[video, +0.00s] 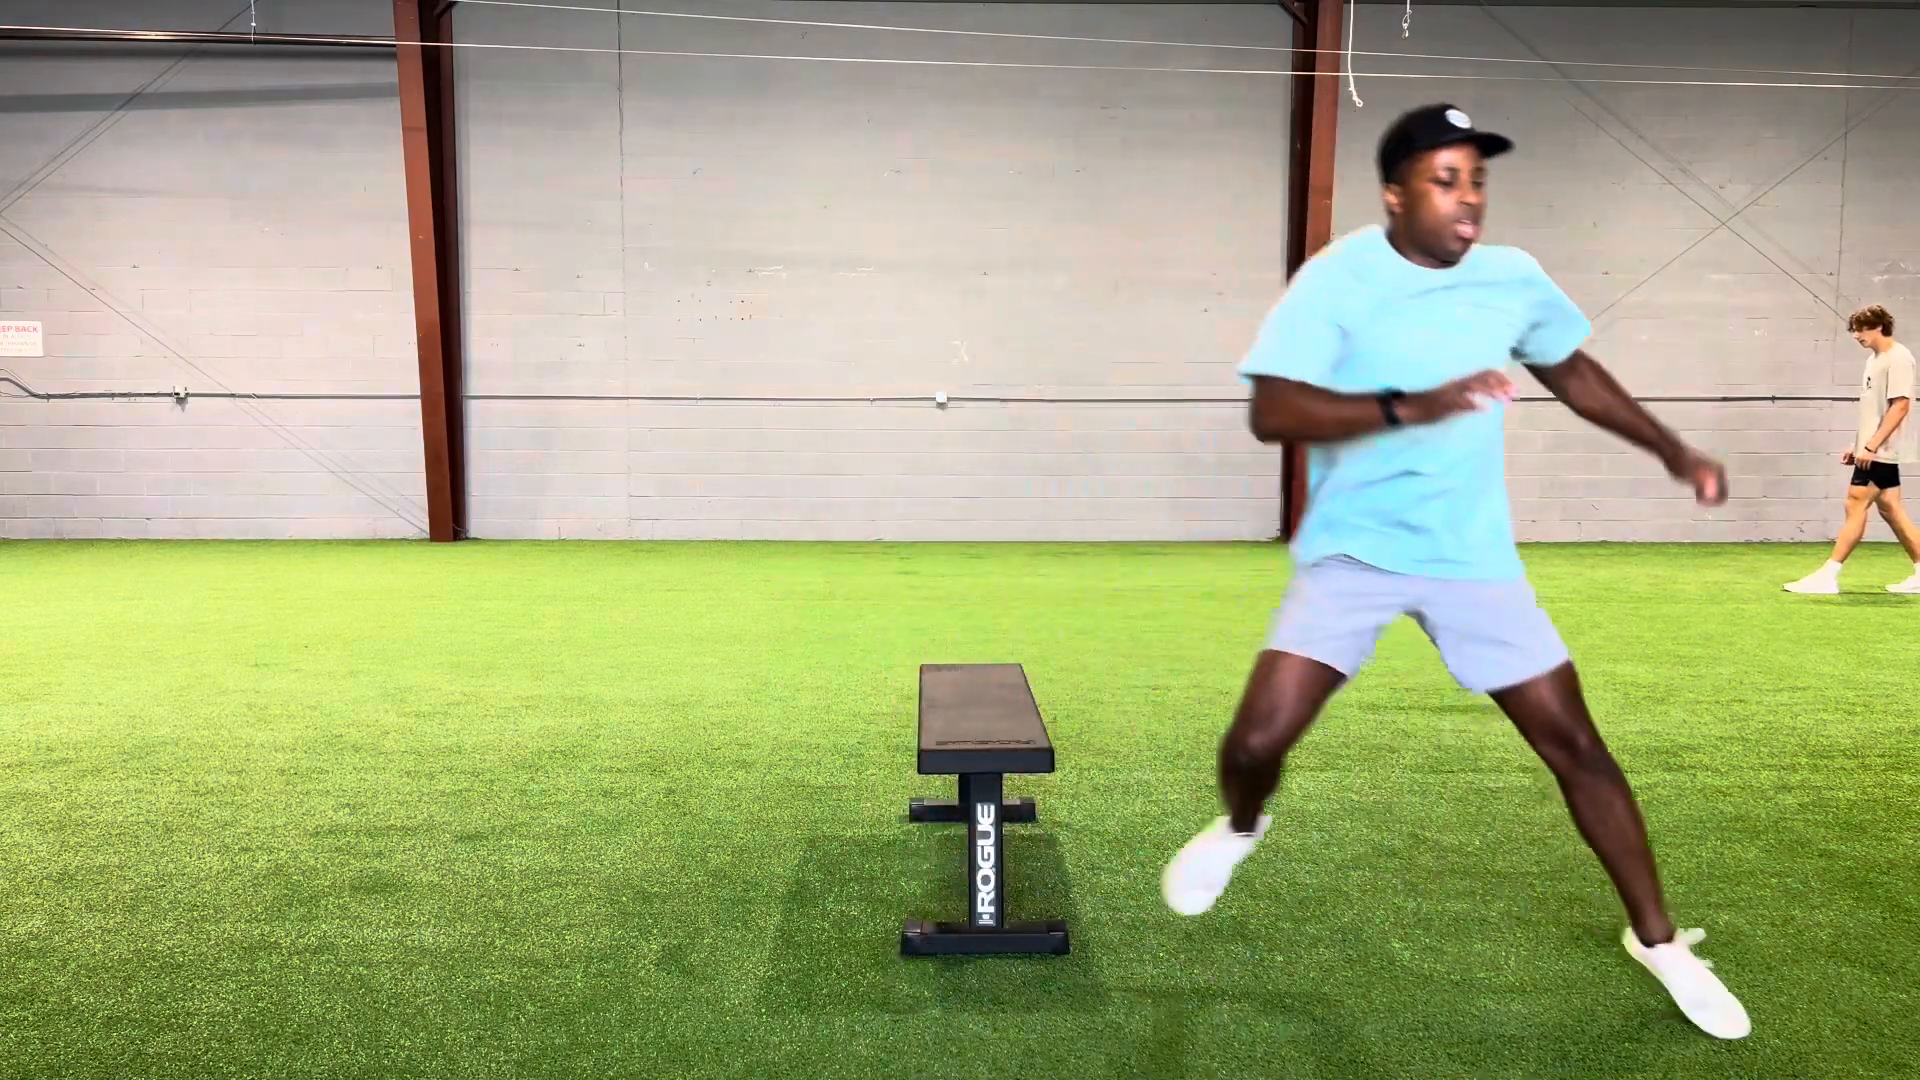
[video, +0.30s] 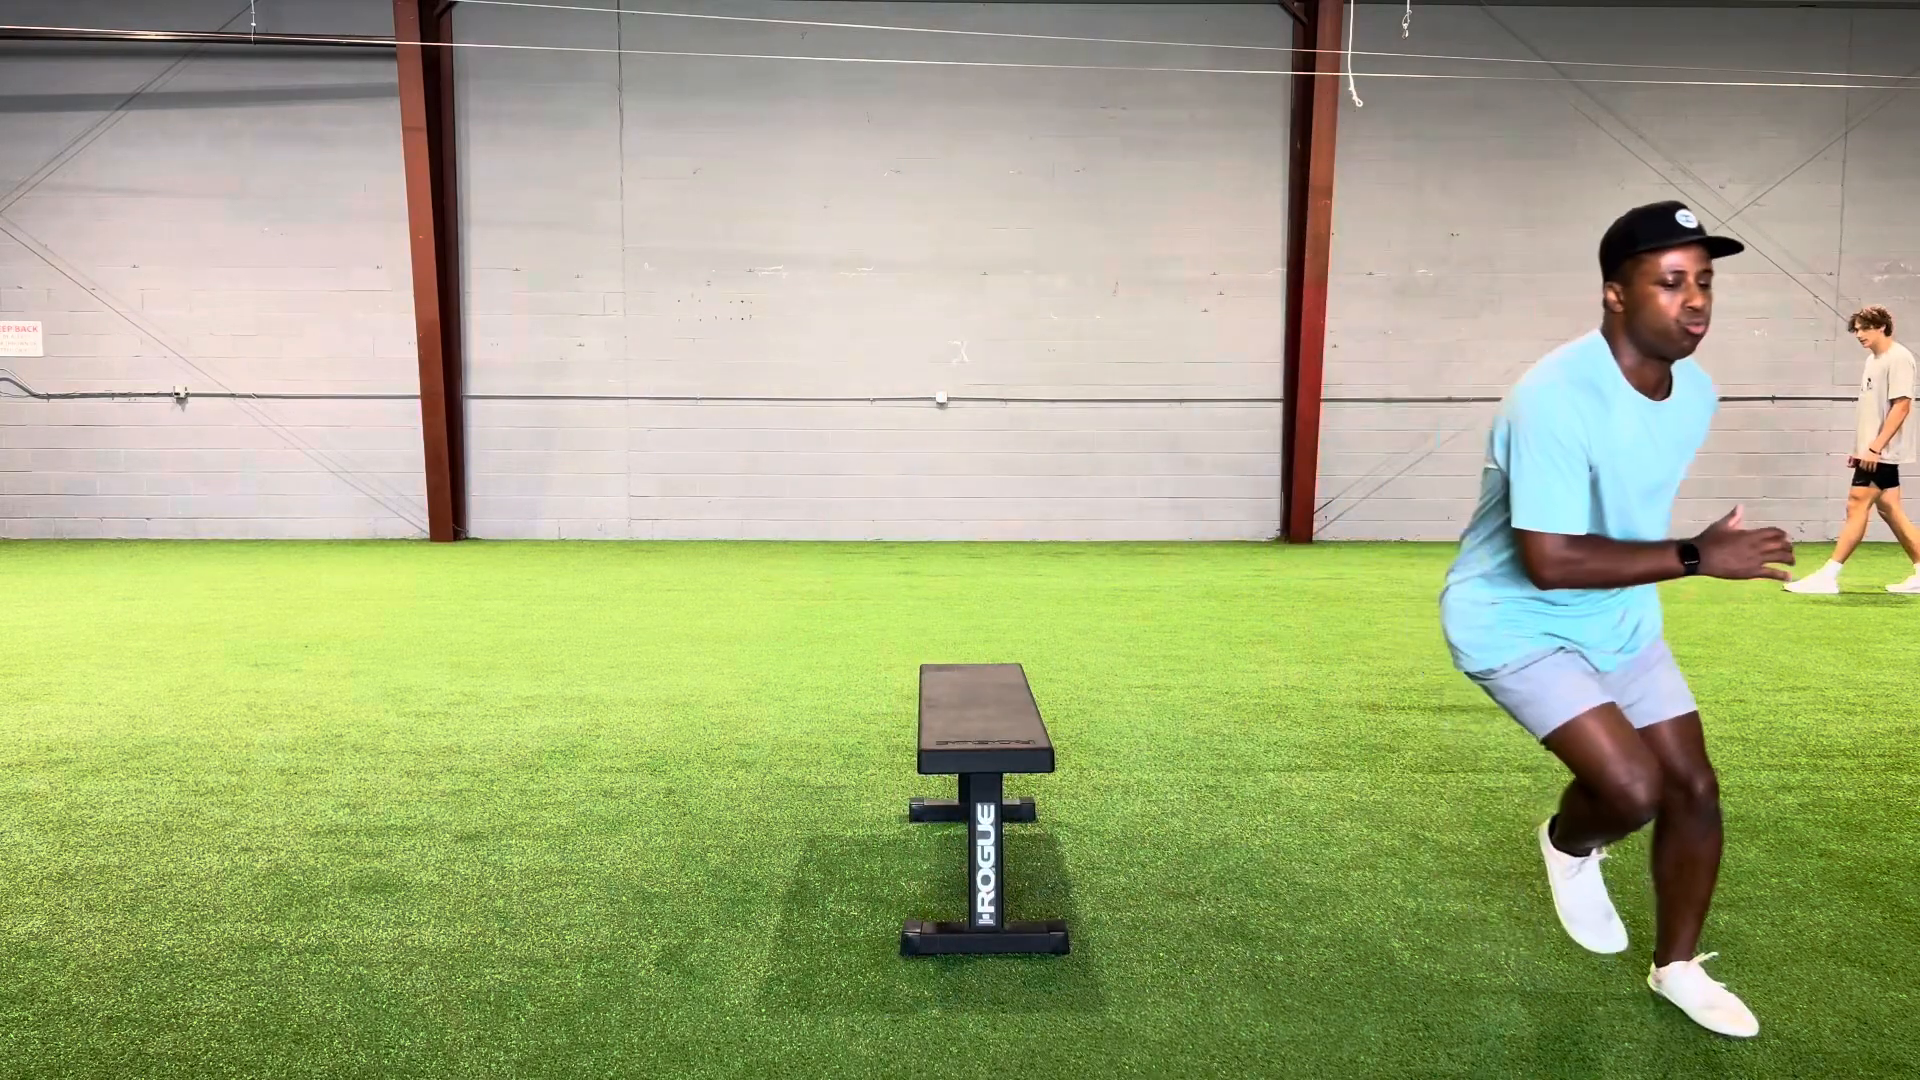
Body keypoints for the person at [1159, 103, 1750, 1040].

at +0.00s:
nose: (1469, 202)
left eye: (1477, 184)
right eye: (1446, 184)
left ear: (1485, 189)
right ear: (1394, 193)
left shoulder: (1513, 280)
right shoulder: (1335, 280)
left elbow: (1575, 373)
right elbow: (1272, 413)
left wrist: (1673, 452)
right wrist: (1407, 407)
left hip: (1476, 563)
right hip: (1348, 556)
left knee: (1577, 744)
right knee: (1254, 740)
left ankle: (1659, 939)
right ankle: (1238, 831)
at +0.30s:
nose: (1697, 302)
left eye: (1704, 282)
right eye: (1674, 283)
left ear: (1711, 290)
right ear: (1615, 298)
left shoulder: (1692, 394)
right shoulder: (1553, 398)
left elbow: (1633, 516)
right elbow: (1548, 559)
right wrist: (1695, 555)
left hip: (1617, 608)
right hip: (1510, 611)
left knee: (1695, 788)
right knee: (1635, 790)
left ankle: (1676, 964)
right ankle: (1565, 847)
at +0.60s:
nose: (1663, 276)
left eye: (1679, 255)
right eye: (1639, 258)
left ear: (1696, 262)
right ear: (1598, 267)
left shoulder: (1714, 379)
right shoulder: (1530, 371)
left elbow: (1711, 510)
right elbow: (1476, 517)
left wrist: (1737, 637)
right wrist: (1570, 630)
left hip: (1632, 605)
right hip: (1510, 593)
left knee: (1703, 792)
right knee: (1505, 786)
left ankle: (1676, 963)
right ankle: (1452, 862)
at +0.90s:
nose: (1396, 228)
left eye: (1414, 208)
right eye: (1386, 210)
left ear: (1465, 207)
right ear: (1375, 215)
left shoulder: (1539, 311)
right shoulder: (1337, 326)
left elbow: (1587, 437)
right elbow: (1288, 438)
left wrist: (1577, 526)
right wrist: (1275, 533)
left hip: (1501, 583)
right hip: (1364, 573)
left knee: (1584, 757)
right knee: (1272, 745)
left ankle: (1669, 948)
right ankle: (1219, 934)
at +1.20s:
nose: (1217, 204)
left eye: (1236, 186)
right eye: (1209, 186)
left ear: (1289, 187)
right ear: (1200, 189)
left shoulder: (1363, 289)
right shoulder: (1171, 302)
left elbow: (1419, 414)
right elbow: (1136, 416)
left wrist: (1442, 542)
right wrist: (1105, 514)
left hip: (1325, 565)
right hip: (1212, 566)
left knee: (1315, 752)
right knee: (1200, 746)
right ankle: (1209, 932)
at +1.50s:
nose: (1144, 229)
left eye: (1164, 210)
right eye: (1132, 209)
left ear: (1209, 208)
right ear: (1119, 206)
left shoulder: (1266, 306)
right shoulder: (1089, 302)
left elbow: (1309, 441)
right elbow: (1056, 418)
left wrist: (1309, 575)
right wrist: (1025, 517)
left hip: (1213, 576)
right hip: (1098, 562)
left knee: (1228, 763)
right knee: (1027, 731)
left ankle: (1255, 941)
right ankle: (1001, 923)